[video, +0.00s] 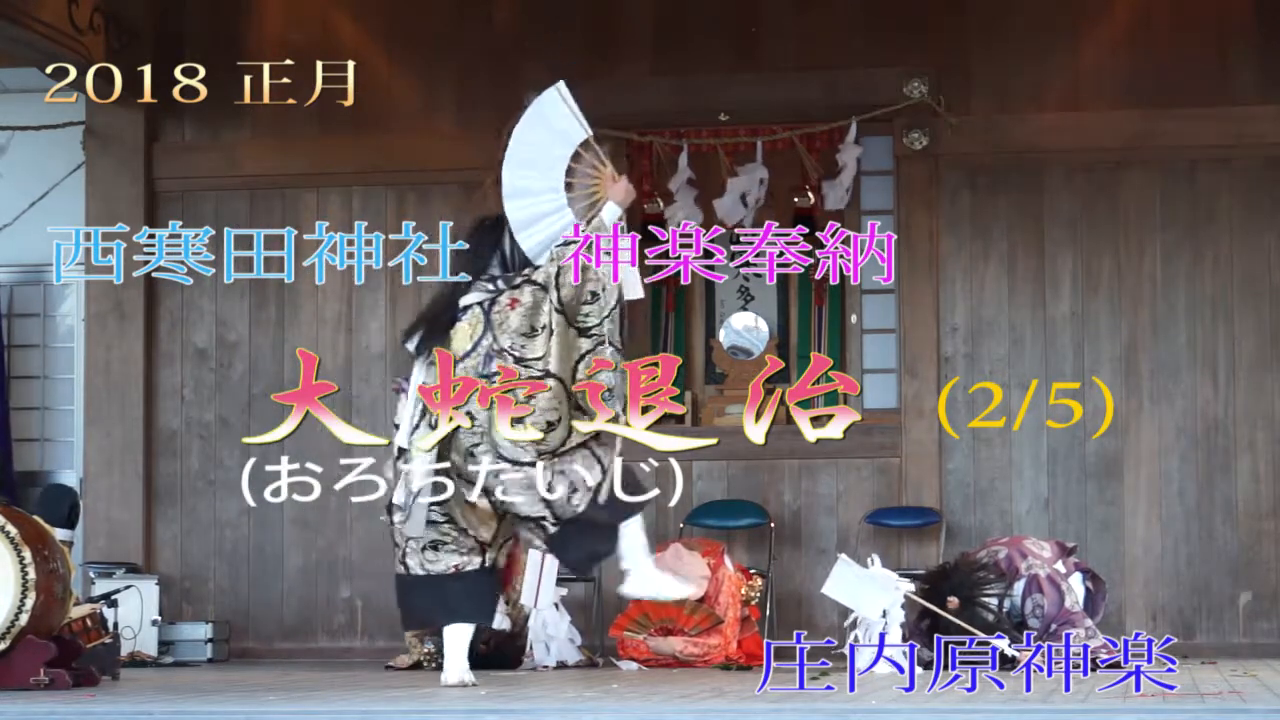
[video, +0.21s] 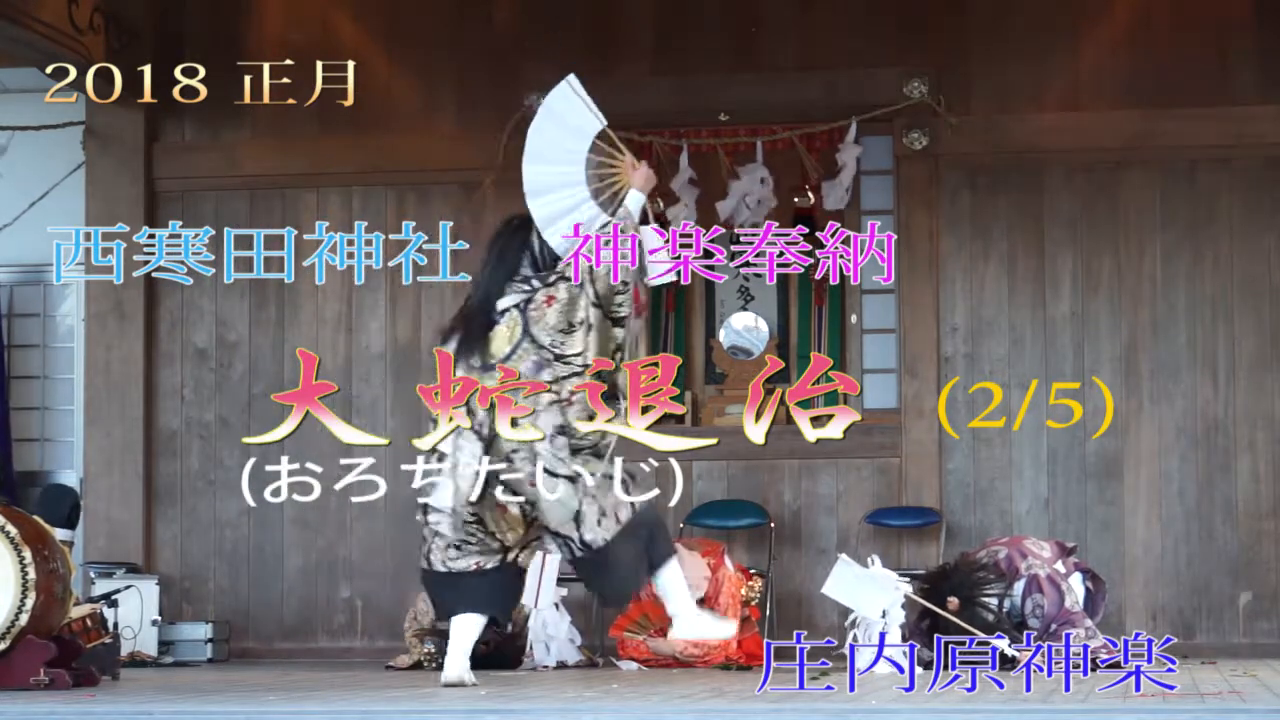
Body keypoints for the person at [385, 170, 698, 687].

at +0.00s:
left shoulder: (468, 307)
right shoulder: (549, 282)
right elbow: (581, 263)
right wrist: (612, 209)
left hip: (452, 457)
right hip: (514, 454)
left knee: (465, 550)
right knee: (616, 470)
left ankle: (454, 661)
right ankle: (640, 570)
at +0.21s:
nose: (560, 257)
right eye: (554, 248)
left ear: (493, 258)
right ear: (544, 253)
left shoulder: (476, 317)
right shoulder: (566, 292)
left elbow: (462, 405)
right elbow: (610, 249)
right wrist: (636, 195)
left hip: (480, 460)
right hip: (545, 456)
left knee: (489, 555)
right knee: (643, 514)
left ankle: (456, 657)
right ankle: (685, 615)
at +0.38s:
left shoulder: (548, 326)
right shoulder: (614, 313)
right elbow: (659, 256)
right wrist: (665, 200)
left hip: (533, 459)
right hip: (596, 459)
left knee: (523, 554)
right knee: (669, 545)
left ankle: (458, 658)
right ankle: (671, 657)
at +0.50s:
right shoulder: (662, 291)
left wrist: (705, 200)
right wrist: (695, 189)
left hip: (566, 446)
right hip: (635, 449)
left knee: (546, 544)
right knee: (680, 538)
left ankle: (476, 643)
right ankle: (674, 656)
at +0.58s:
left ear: (591, 253)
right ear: (645, 250)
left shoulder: (586, 302)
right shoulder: (666, 294)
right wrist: (717, 180)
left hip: (577, 436)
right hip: (648, 441)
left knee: (548, 528)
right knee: (686, 534)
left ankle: (495, 640)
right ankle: (674, 656)